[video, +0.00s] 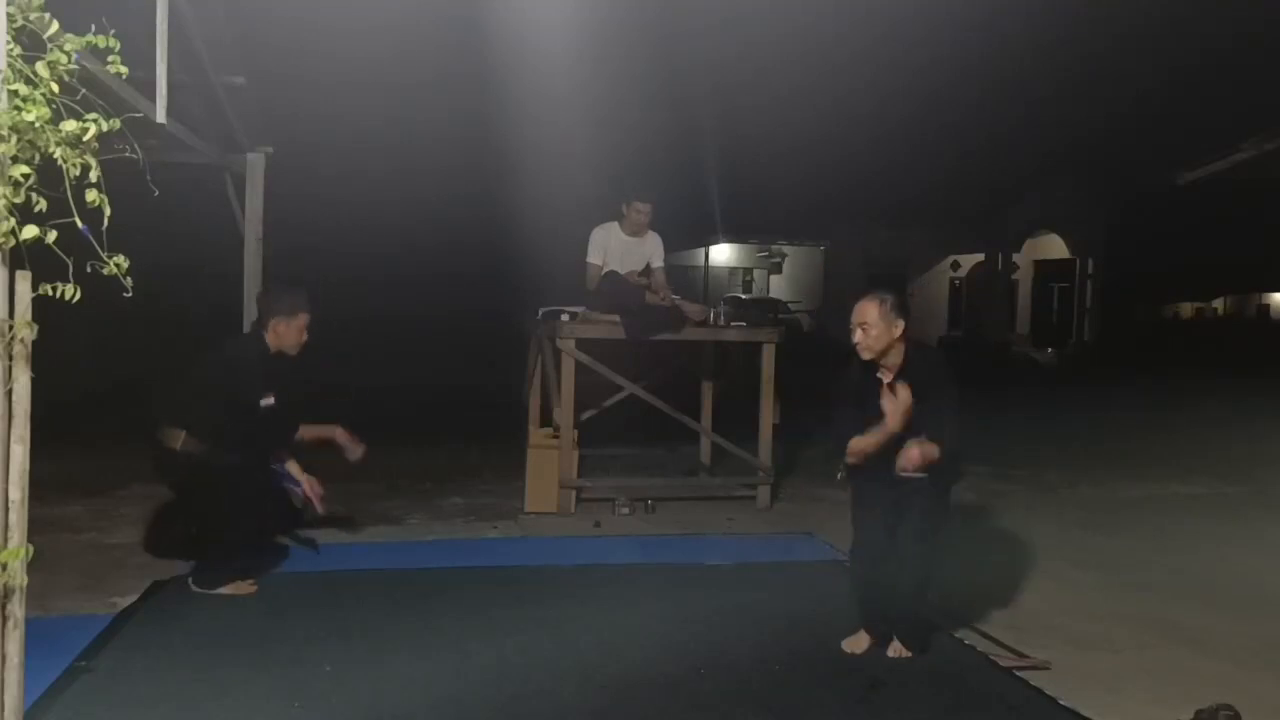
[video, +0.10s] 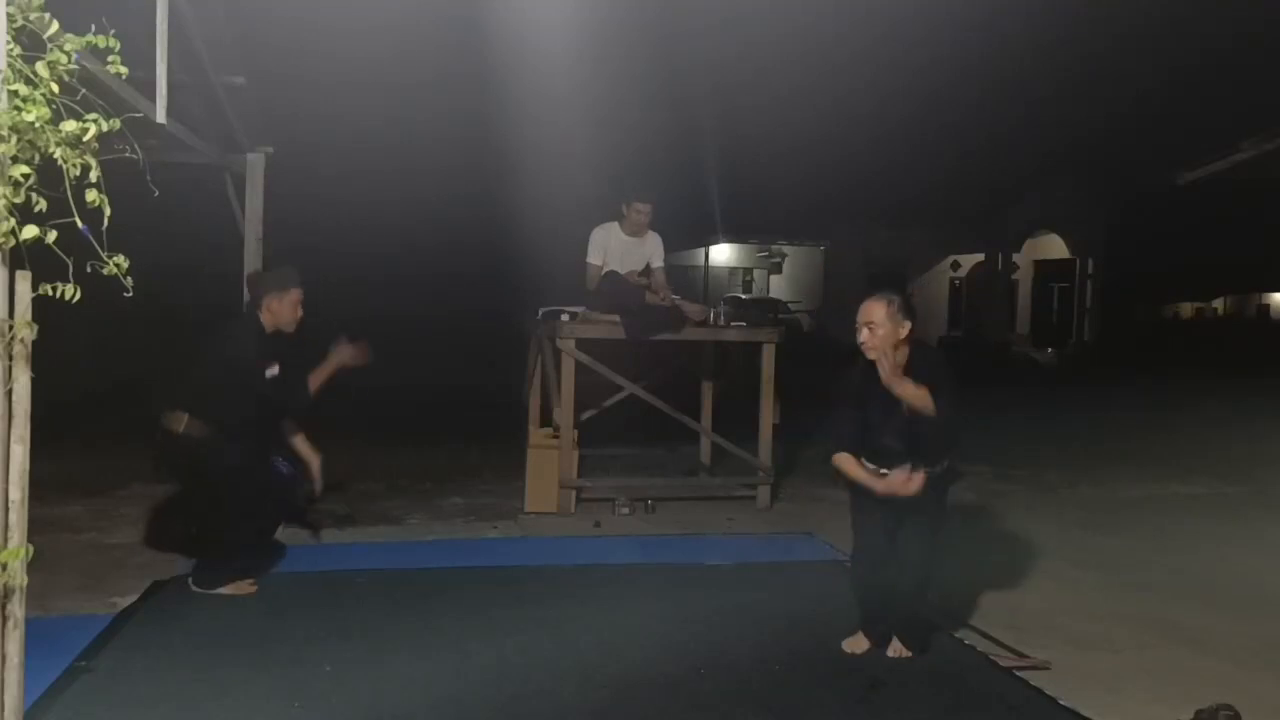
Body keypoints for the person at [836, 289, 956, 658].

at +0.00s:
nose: (857, 338)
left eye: (866, 327)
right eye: (854, 328)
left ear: (897, 328)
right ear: (851, 330)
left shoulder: (930, 369)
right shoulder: (855, 375)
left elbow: (949, 438)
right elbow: (848, 452)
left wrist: (924, 454)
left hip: (919, 484)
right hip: (869, 482)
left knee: (913, 557)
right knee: (868, 552)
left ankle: (909, 633)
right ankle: (871, 626)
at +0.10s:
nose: (862, 336)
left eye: (872, 327)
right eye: (859, 327)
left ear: (902, 330)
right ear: (856, 330)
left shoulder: (929, 367)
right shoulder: (855, 375)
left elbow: (947, 409)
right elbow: (837, 451)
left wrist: (897, 385)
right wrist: (880, 484)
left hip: (920, 478)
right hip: (868, 477)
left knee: (913, 556)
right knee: (867, 553)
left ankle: (909, 630)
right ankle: (871, 627)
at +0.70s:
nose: (880, 220)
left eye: (892, 212)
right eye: (878, 213)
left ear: (921, 222)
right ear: (876, 223)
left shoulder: (939, 269)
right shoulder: (864, 272)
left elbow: (898, 281)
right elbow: (804, 281)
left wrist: (837, 274)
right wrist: (760, 247)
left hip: (914, 413)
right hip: (859, 410)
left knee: (904, 516)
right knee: (857, 512)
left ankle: (896, 622)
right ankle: (868, 616)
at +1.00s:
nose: (866, 222)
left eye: (878, 213)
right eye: (864, 215)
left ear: (908, 223)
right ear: (861, 227)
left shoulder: (929, 269)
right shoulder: (853, 275)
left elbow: (888, 292)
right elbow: (825, 339)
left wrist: (825, 293)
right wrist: (853, 280)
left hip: (914, 411)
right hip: (857, 407)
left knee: (906, 515)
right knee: (858, 513)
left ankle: (895, 620)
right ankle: (869, 617)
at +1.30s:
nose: (865, 227)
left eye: (873, 218)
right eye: (867, 218)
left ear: (900, 222)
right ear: (893, 221)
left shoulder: (927, 274)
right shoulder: (866, 265)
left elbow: (880, 306)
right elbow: (813, 266)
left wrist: (828, 294)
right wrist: (777, 244)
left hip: (907, 417)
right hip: (855, 411)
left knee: (901, 518)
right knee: (850, 513)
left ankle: (896, 626)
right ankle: (864, 617)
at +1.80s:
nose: (873, 226)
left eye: (881, 218)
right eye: (875, 218)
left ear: (908, 222)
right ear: (901, 220)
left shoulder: (932, 276)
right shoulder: (874, 260)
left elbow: (883, 330)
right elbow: (811, 243)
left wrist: (836, 312)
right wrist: (746, 237)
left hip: (916, 420)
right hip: (864, 412)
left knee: (906, 519)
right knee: (856, 511)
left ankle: (898, 623)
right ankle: (865, 614)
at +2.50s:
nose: (881, 222)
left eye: (891, 214)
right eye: (872, 214)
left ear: (909, 220)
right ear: (861, 221)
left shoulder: (928, 261)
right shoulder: (845, 261)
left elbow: (981, 264)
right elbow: (820, 286)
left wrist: (1034, 277)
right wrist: (882, 269)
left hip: (913, 413)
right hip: (854, 411)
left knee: (907, 517)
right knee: (851, 514)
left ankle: (896, 625)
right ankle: (864, 617)